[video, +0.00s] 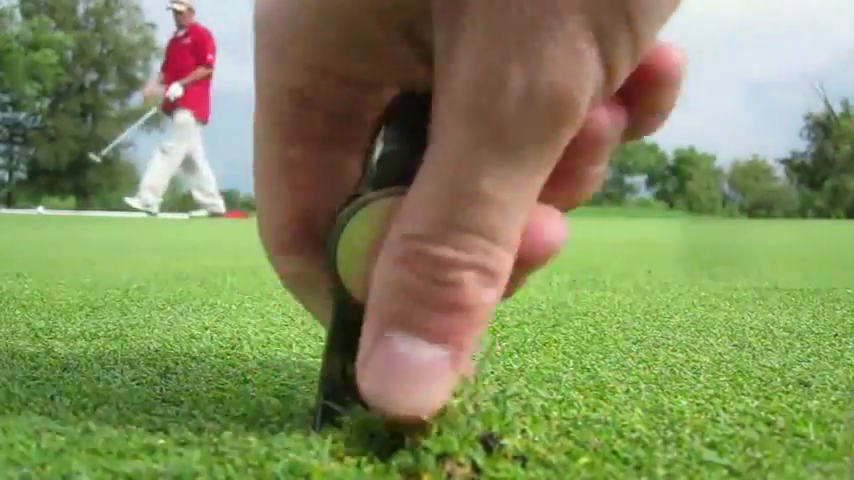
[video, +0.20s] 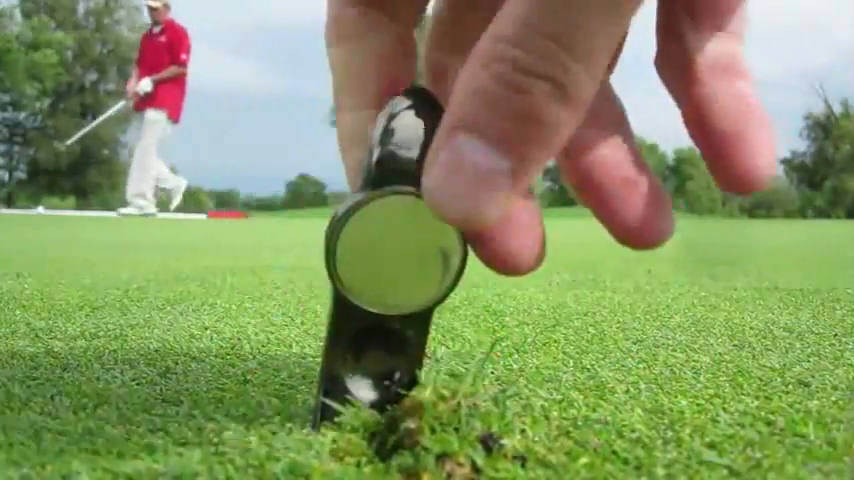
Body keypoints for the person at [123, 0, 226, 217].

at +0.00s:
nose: (177, 17)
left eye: (180, 12)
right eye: (175, 13)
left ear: (191, 13)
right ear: (174, 14)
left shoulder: (201, 35)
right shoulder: (174, 40)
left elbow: (206, 68)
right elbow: (167, 71)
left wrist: (180, 84)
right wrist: (155, 85)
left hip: (192, 103)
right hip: (175, 102)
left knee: (169, 150)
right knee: (192, 157)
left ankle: (148, 199)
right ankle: (212, 203)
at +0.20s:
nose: (152, 13)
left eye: (156, 9)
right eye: (149, 9)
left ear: (167, 8)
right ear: (147, 10)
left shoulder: (177, 32)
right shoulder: (147, 36)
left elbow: (181, 67)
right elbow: (139, 64)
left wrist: (151, 80)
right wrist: (132, 83)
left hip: (165, 97)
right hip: (147, 96)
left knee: (146, 148)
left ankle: (142, 200)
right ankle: (172, 183)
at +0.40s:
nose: (128, 6)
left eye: (132, 3)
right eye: (126, 3)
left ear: (143, 4)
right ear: (123, 5)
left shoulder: (153, 26)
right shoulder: (122, 29)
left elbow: (159, 61)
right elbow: (116, 59)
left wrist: (128, 73)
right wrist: (110, 77)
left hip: (141, 98)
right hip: (119, 98)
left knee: (138, 150)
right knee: (102, 146)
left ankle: (140, 201)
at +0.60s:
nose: (102, 12)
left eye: (105, 7)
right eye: (99, 7)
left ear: (116, 6)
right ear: (96, 8)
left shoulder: (130, 27)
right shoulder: (91, 30)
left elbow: (137, 62)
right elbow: (87, 61)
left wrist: (107, 76)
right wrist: (86, 78)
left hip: (120, 97)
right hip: (95, 97)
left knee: (120, 150)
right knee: (82, 149)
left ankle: (137, 201)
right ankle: (71, 200)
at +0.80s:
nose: (82, 10)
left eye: (87, 6)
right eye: (80, 6)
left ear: (99, 4)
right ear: (77, 6)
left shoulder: (113, 24)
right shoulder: (70, 25)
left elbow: (120, 61)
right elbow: (66, 60)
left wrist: (91, 78)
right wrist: (72, 83)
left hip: (105, 94)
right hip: (78, 94)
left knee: (96, 140)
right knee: (64, 147)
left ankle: (109, 198)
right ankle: (70, 201)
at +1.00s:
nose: (77, 5)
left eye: (81, 2)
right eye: (74, 2)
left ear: (92, 2)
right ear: (70, 3)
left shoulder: (107, 23)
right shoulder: (58, 23)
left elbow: (112, 60)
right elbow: (53, 57)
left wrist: (84, 77)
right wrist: (65, 82)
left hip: (96, 95)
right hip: (66, 95)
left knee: (88, 144)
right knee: (62, 148)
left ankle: (80, 197)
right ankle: (66, 198)